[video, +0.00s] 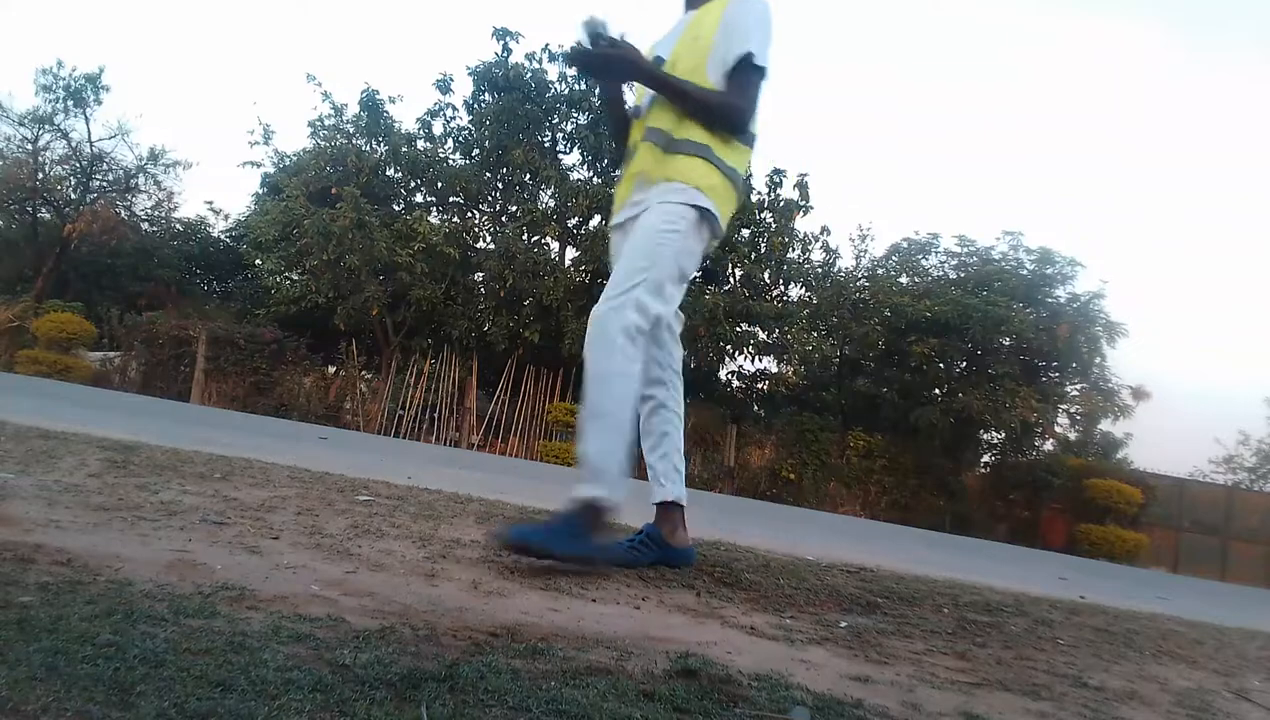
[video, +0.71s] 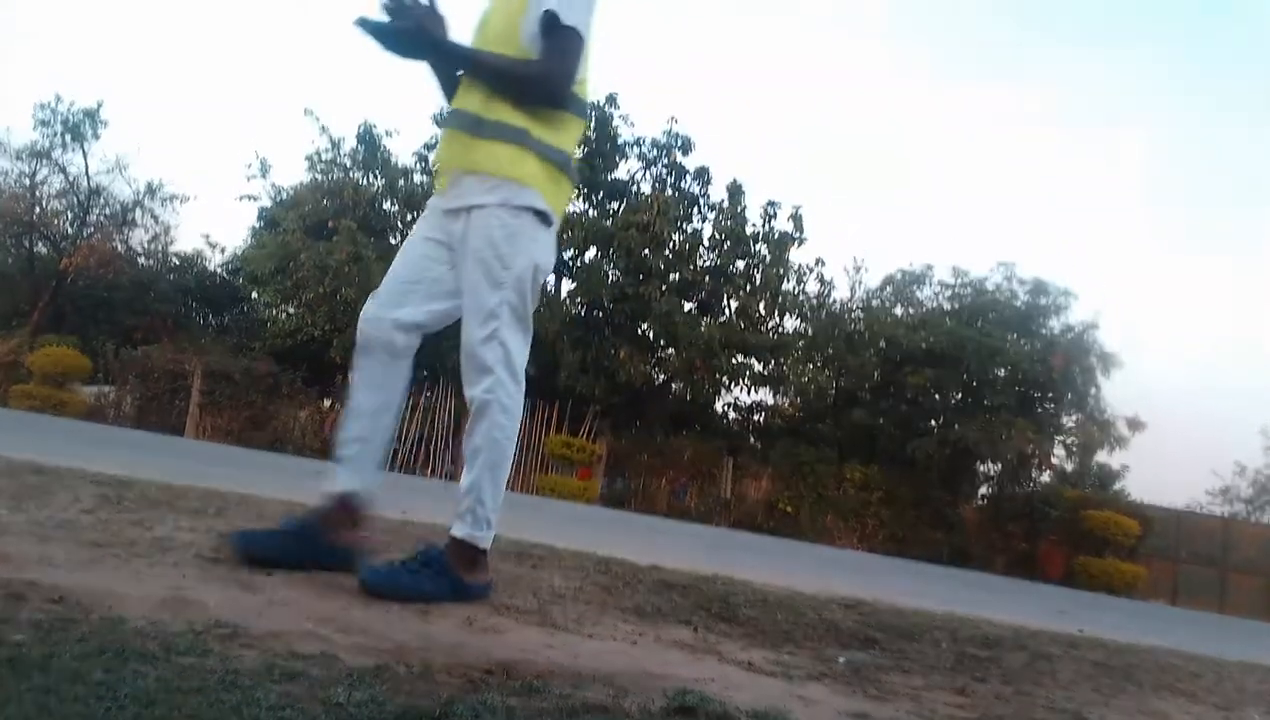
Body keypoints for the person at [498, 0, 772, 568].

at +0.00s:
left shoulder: (743, 10)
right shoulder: (664, 48)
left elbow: (737, 112)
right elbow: (631, 148)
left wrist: (640, 69)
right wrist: (610, 85)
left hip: (684, 194)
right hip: (636, 202)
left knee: (616, 323)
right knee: (658, 353)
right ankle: (671, 527)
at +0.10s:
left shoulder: (719, 6)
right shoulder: (645, 42)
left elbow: (705, 103)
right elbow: (613, 147)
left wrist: (607, 64)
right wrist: (598, 84)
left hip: (664, 201)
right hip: (617, 205)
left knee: (602, 344)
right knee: (650, 367)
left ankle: (510, 505)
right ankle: (671, 524)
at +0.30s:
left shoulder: (667, 4)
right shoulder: (606, 25)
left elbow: (653, 86)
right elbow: (572, 119)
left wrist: (546, 48)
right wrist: (536, 60)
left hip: (597, 183)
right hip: (565, 182)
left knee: (544, 337)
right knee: (584, 347)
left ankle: (474, 518)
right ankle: (658, 509)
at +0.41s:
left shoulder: (633, 5)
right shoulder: (573, 21)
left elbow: (619, 77)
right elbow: (540, 104)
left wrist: (514, 40)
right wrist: (495, 49)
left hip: (565, 185)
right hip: (524, 187)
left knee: (527, 350)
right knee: (497, 340)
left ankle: (473, 521)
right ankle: (614, 465)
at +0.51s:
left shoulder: (604, 3)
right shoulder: (547, 20)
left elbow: (593, 73)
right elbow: (514, 107)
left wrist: (488, 29)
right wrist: (469, 48)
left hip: (548, 178)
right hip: (493, 178)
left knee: (515, 344)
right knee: (442, 311)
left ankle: (472, 526)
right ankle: (556, 456)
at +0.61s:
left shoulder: (583, 3)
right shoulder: (521, 17)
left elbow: (571, 74)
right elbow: (494, 102)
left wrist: (461, 38)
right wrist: (456, 35)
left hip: (530, 182)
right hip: (471, 180)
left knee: (503, 353)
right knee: (403, 305)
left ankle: (470, 536)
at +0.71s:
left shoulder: (561, 3)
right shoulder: (500, 15)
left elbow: (548, 86)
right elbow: (475, 110)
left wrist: (443, 47)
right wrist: (434, 48)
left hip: (515, 200)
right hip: (454, 198)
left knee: (493, 370)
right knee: (384, 326)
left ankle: (468, 555)